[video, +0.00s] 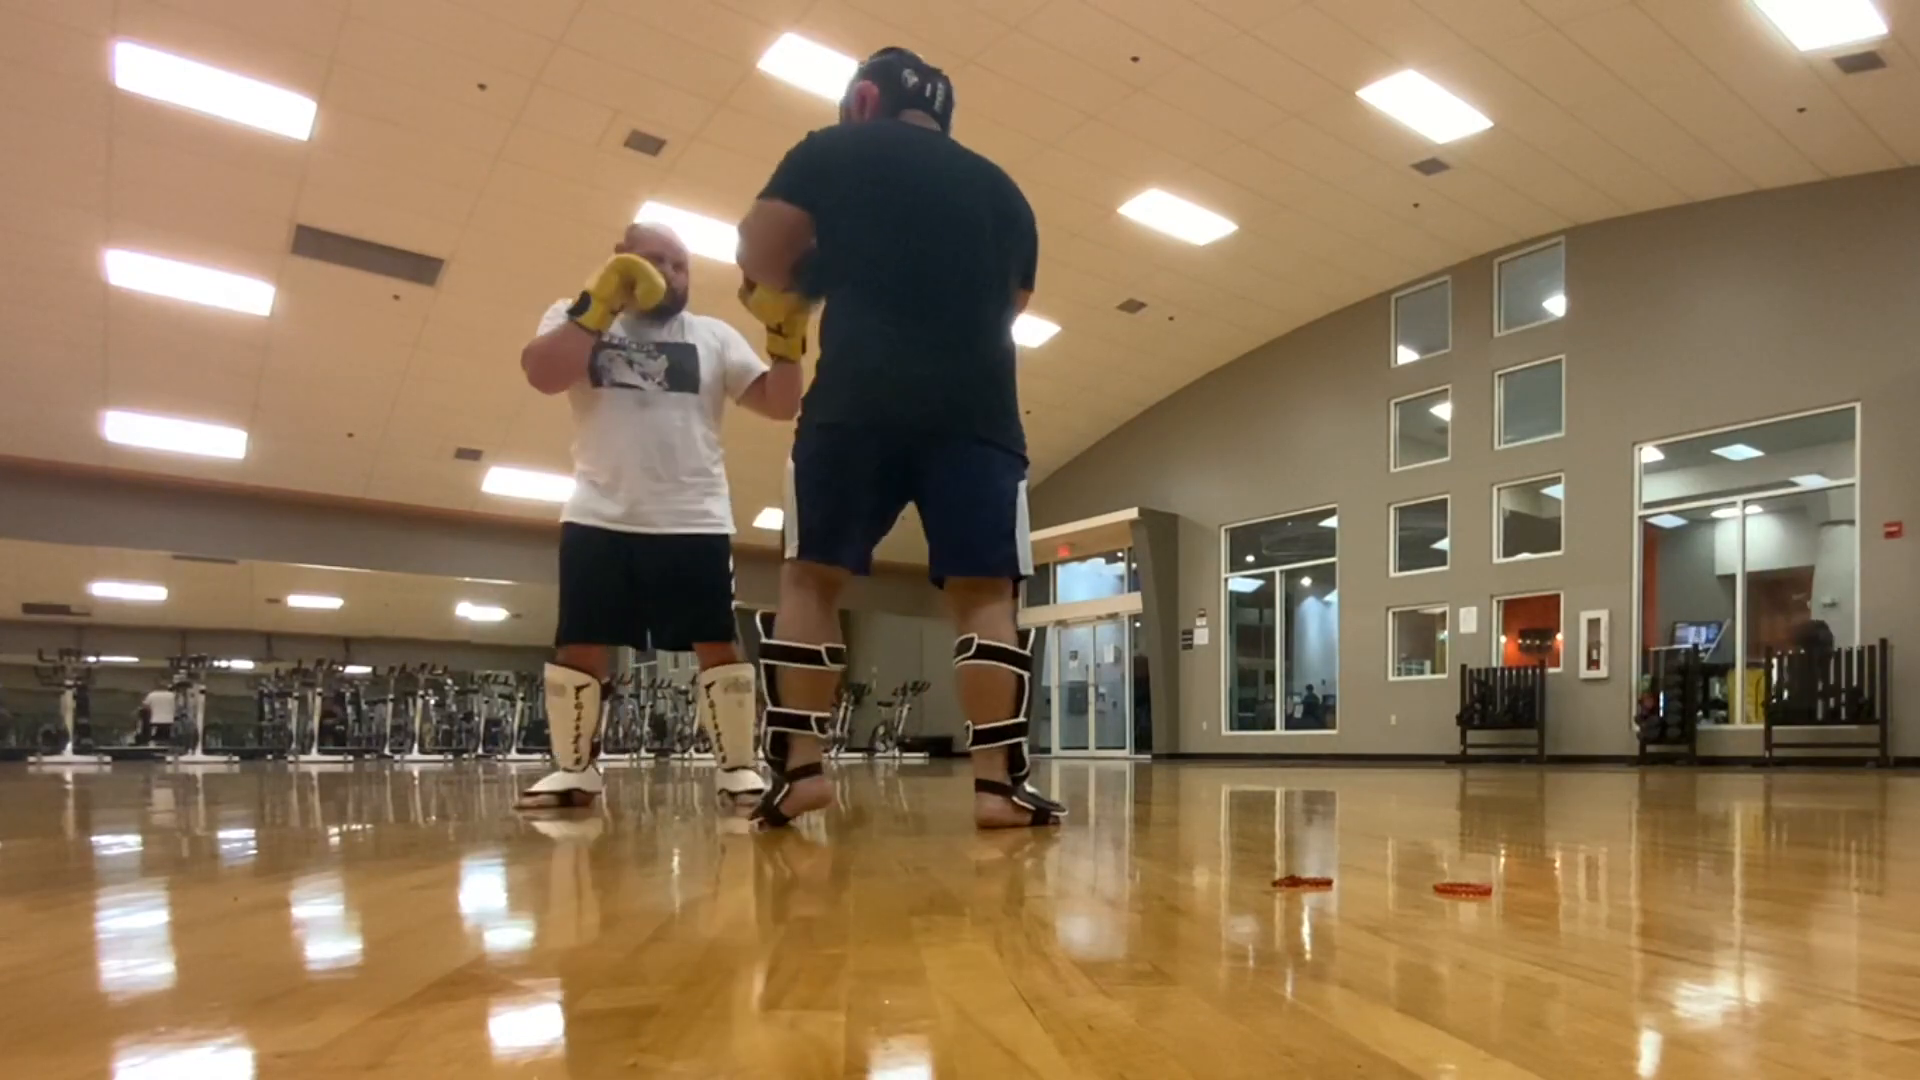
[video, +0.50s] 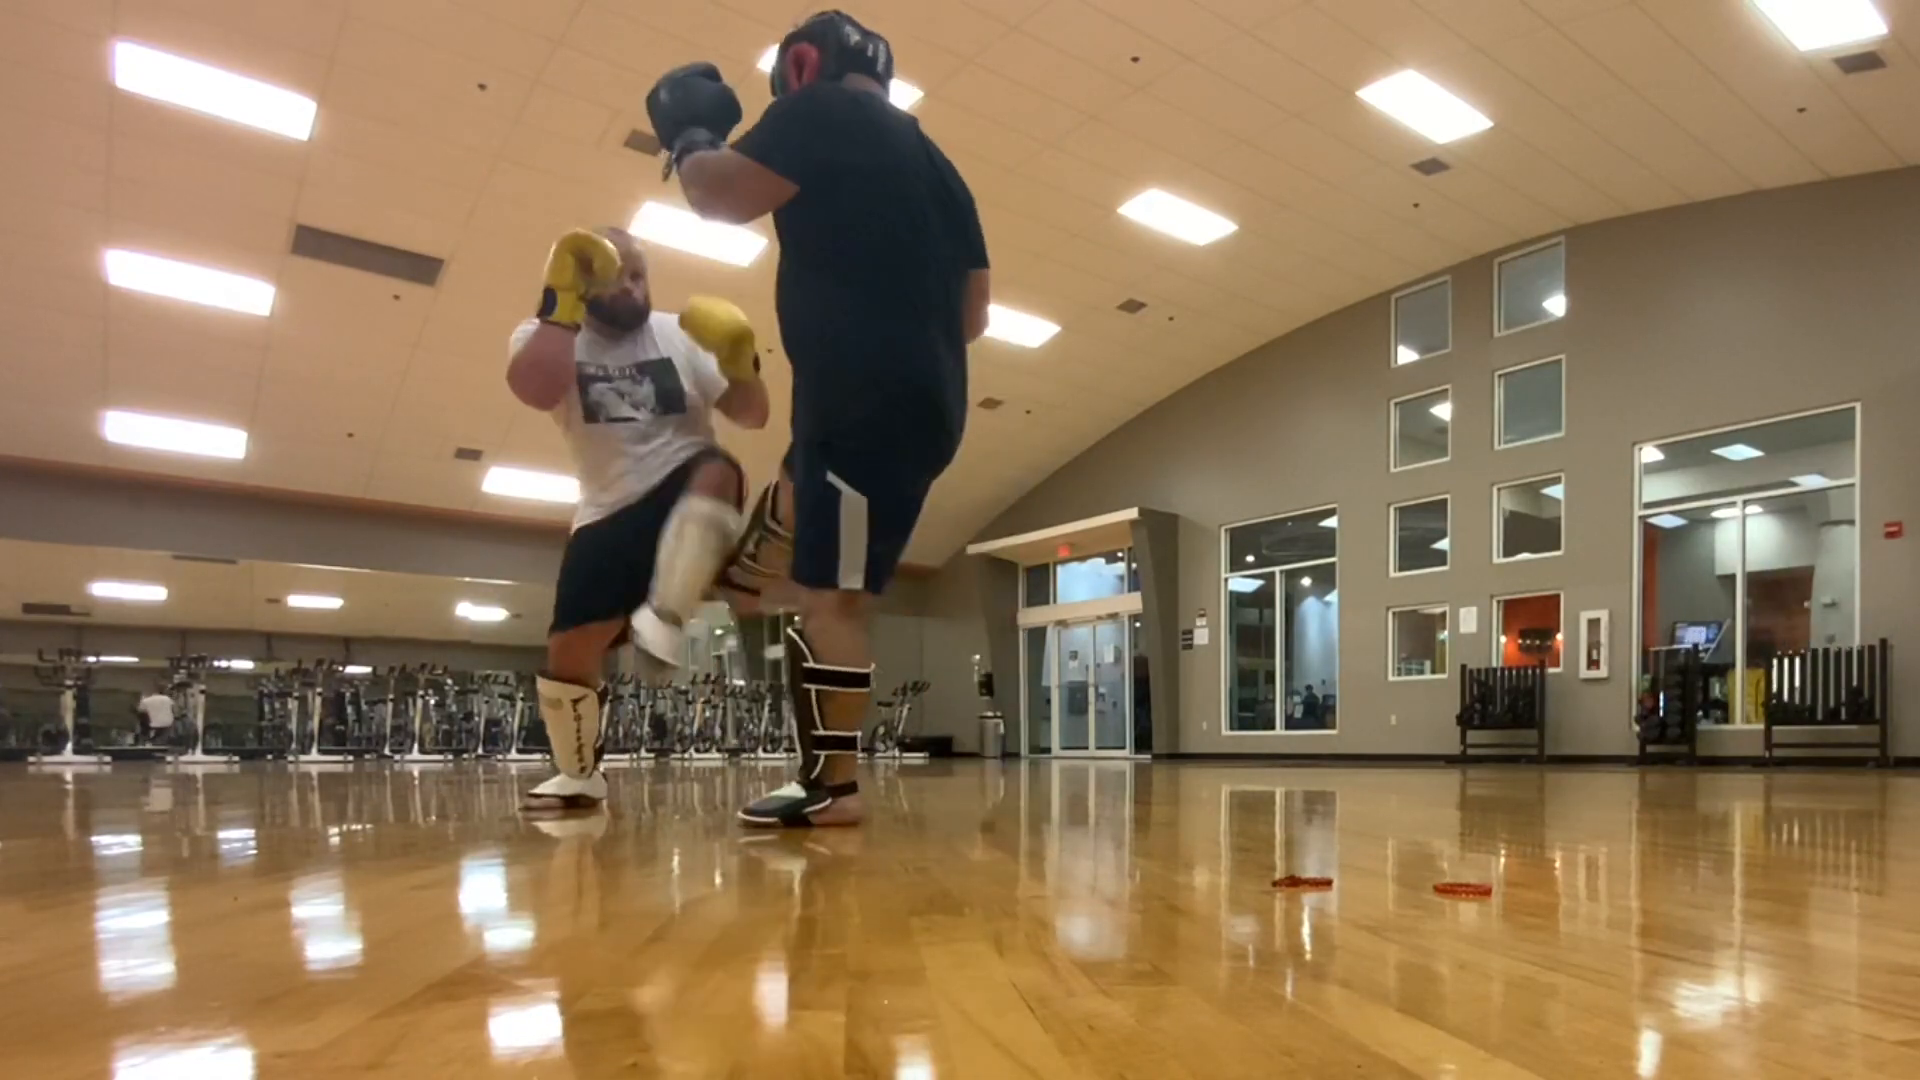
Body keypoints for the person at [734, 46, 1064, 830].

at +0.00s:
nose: (845, 115)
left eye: (848, 104)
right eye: (850, 106)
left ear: (865, 99)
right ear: (945, 117)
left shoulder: (832, 149)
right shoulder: (1000, 186)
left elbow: (764, 248)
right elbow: (1015, 299)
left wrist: (792, 289)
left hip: (858, 405)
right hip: (976, 411)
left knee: (812, 580)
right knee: (986, 593)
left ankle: (803, 767)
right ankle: (998, 786)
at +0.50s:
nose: (784, 90)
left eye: (786, 75)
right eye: (786, 78)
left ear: (806, 62)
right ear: (875, 75)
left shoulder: (819, 109)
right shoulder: (936, 161)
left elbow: (724, 193)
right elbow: (972, 311)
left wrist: (690, 134)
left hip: (858, 386)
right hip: (926, 396)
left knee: (834, 596)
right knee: (772, 562)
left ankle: (834, 785)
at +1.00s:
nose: (981, 101)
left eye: (987, 85)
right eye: (983, 89)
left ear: (1012, 75)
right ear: (1064, 85)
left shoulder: (1049, 135)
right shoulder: (1070, 171)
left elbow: (1020, 222)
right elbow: (981, 279)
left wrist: (903, 156)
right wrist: (877, 214)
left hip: (1006, 425)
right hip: (1091, 430)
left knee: (922, 594)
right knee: (1080, 604)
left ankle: (850, 779)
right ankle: (1136, 788)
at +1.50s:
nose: (1191, 53)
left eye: (1200, 32)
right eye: (1193, 38)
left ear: (1241, 13)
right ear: (1304, 19)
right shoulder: (1360, 114)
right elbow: (1271, 263)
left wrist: (1137, 226)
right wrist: (1171, 253)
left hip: (1303, 367)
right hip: (1374, 370)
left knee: (1332, 573)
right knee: (1290, 577)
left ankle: (1424, 790)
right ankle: (1255, 780)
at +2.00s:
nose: (1374, 88)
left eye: (1384, 65)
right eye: (1375, 76)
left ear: (1431, 48)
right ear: (1477, 60)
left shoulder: (1450, 95)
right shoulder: (1501, 138)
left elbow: (1415, 196)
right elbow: (1434, 284)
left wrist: (1318, 208)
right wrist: (1333, 255)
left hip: (1442, 389)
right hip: (1530, 392)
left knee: (1410, 576)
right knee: (1534, 580)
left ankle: (1426, 791)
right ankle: (1579, 789)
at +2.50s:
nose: (1357, 118)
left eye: (1368, 99)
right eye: (1360, 103)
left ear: (1419, 94)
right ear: (1439, 100)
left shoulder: (1445, 144)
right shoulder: (1479, 183)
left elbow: (1431, 220)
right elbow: (1414, 321)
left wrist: (1314, 222)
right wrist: (1330, 279)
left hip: (1426, 418)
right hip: (1511, 424)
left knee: (1373, 596)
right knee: (1503, 594)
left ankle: (1395, 784)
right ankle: (1571, 773)